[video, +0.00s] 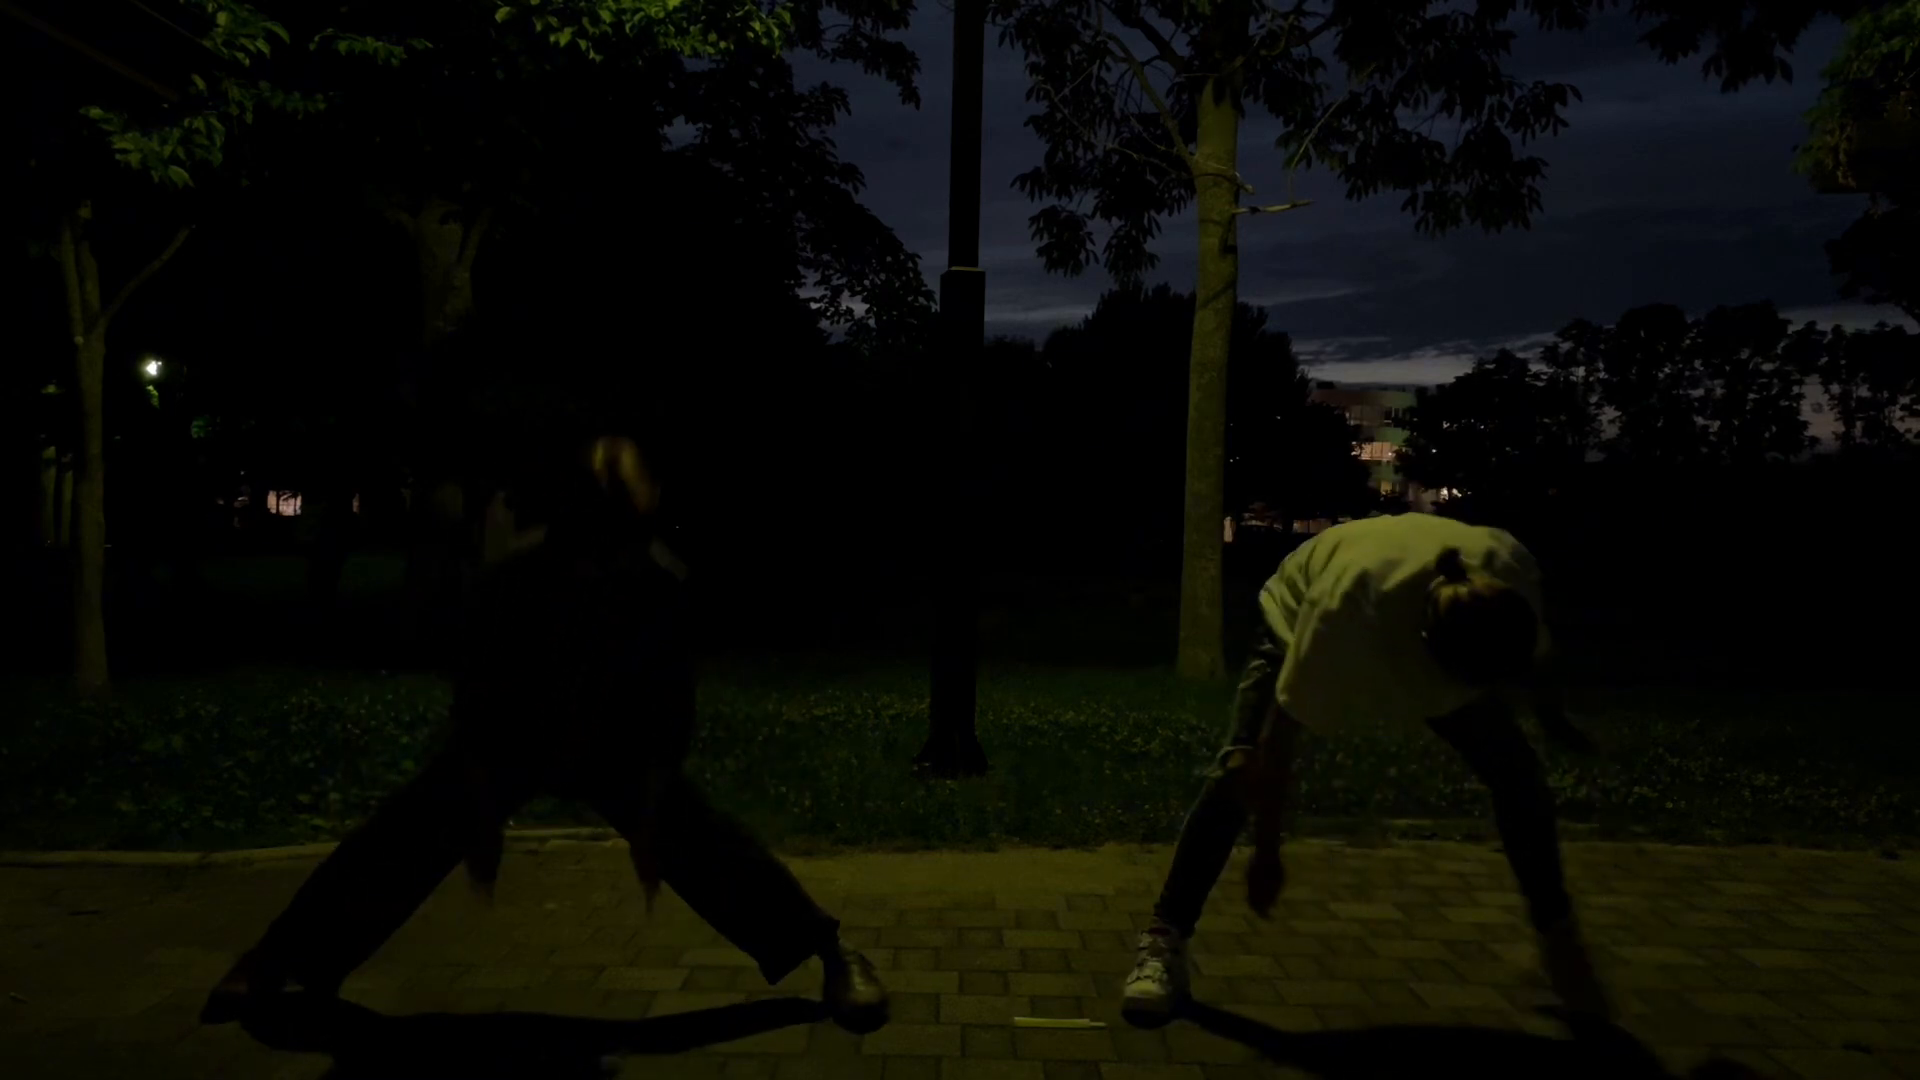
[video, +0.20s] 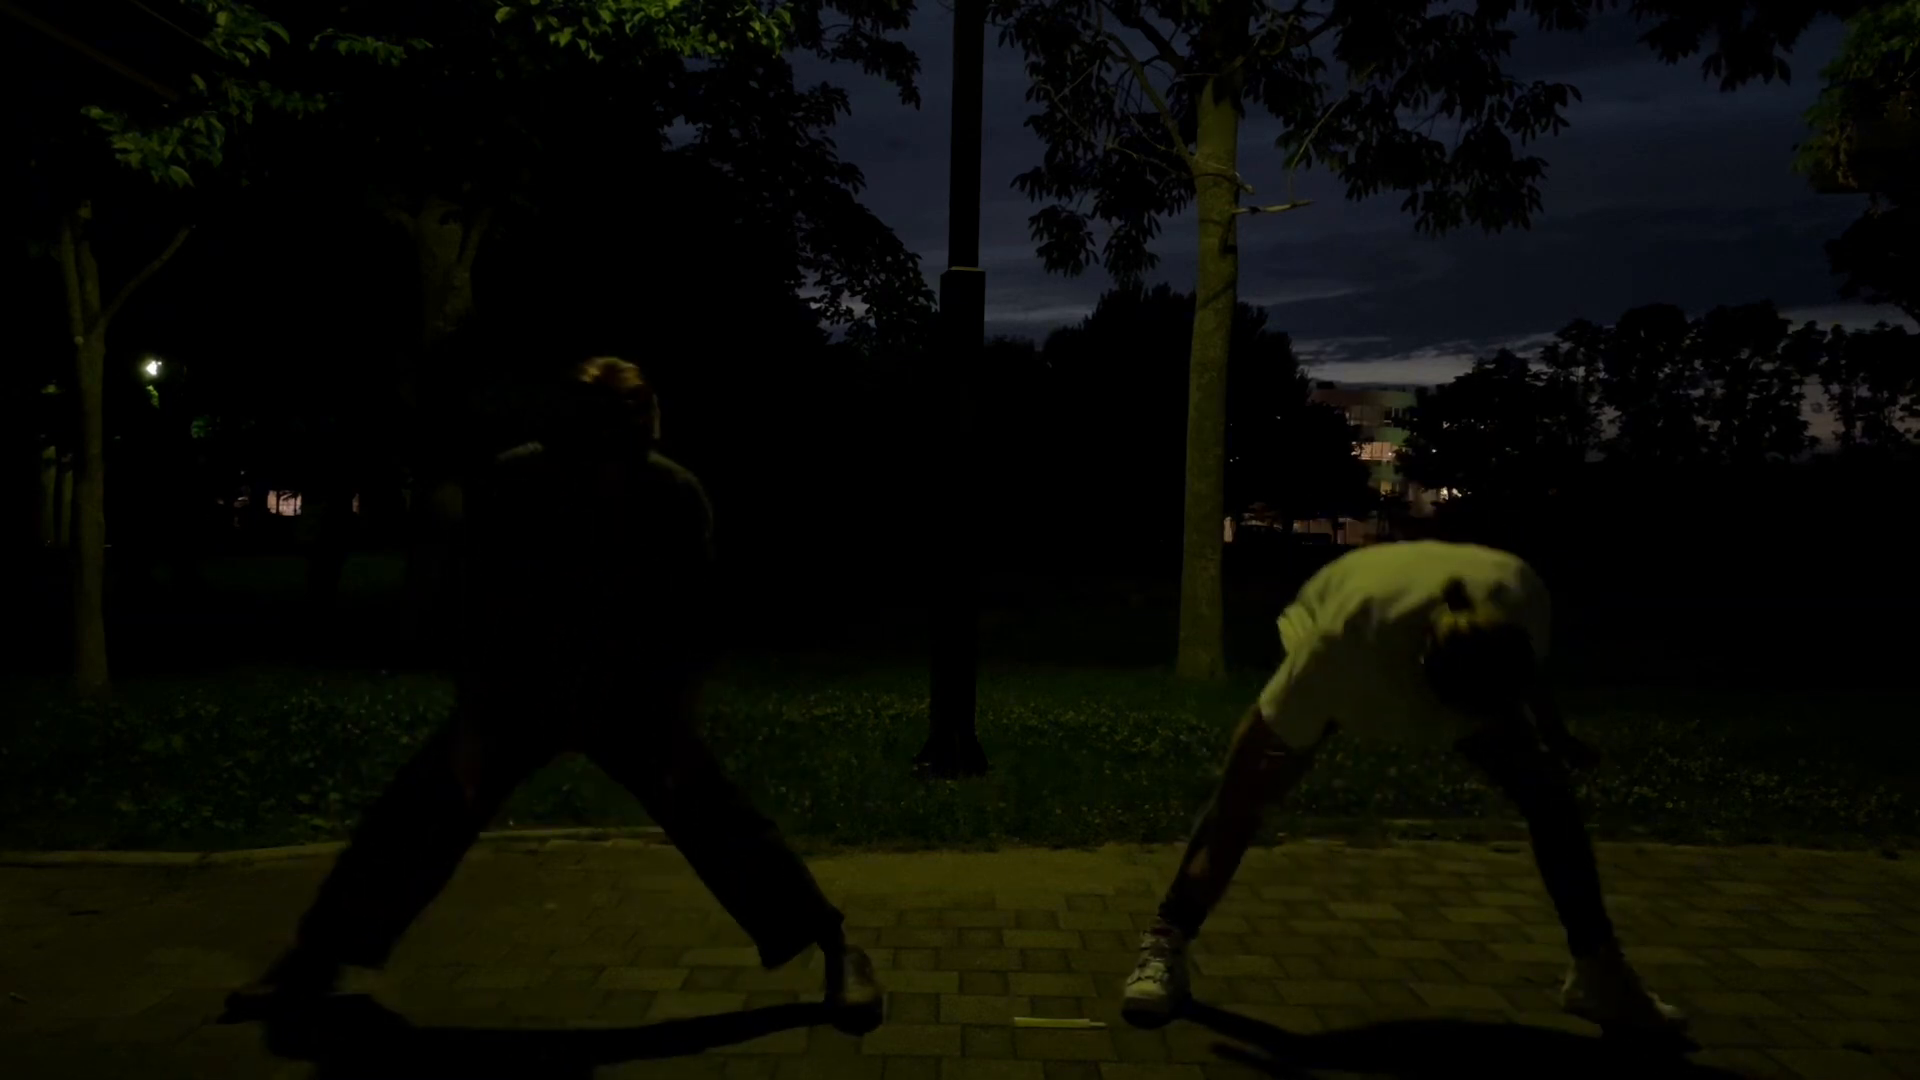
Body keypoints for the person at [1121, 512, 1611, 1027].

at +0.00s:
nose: (1478, 683)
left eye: (1488, 673)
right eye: (1469, 671)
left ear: (1516, 620)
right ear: (1440, 620)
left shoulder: (1512, 572)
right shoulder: (1354, 594)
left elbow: (1536, 669)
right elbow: (1281, 731)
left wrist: (1558, 725)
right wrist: (1267, 853)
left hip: (1422, 641)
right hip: (1304, 624)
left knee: (1518, 778)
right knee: (1241, 772)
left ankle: (1562, 951)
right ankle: (1164, 943)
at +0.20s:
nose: (1478, 717)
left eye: (1489, 703)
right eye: (1467, 700)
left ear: (1514, 664)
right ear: (1434, 659)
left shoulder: (1518, 601)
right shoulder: (1345, 631)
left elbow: (1536, 680)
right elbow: (1252, 742)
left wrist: (1558, 743)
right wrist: (1221, 826)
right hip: (1334, 644)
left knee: (1554, 807)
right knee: (1245, 805)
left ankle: (1600, 972)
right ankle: (1165, 951)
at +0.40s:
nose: (1472, 760)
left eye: (1482, 744)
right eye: (1459, 748)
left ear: (1503, 696)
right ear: (1420, 703)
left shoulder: (1538, 643)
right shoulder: (1349, 660)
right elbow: (1241, 787)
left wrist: (1557, 742)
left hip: (1468, 606)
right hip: (1337, 621)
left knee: (1557, 803)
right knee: (1253, 796)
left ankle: (1601, 972)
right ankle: (1167, 946)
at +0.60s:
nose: (1381, 776)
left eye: (1398, 764)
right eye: (1367, 765)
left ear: (1431, 716)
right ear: (1337, 723)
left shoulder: (1483, 662)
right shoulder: (1286, 686)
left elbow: (1544, 641)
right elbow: (1215, 793)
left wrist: (1543, 748)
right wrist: (1147, 909)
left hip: (1409, 598)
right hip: (1298, 613)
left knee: (1533, 802)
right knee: (1231, 798)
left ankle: (1601, 973)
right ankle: (1163, 952)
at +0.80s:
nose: (1298, 780)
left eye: (1312, 767)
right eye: (1284, 766)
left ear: (1341, 723)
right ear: (1255, 741)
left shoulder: (1411, 687)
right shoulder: (1219, 723)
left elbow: (1500, 663)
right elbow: (1157, 830)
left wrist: (1513, 759)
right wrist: (1094, 943)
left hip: (1383, 614)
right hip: (1267, 617)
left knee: (1508, 807)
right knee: (1191, 802)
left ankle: (1601, 972)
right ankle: (1161, 958)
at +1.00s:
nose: (1238, 794)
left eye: (1258, 780)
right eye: (1227, 776)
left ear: (1293, 732)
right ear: (1216, 744)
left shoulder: (1376, 688)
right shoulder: (1187, 733)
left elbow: (1470, 680)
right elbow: (1145, 850)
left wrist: (1499, 765)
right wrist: (1082, 970)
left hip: (1365, 618)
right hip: (1251, 625)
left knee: (1497, 808)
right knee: (1180, 804)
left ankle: (1601, 973)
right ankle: (1162, 960)